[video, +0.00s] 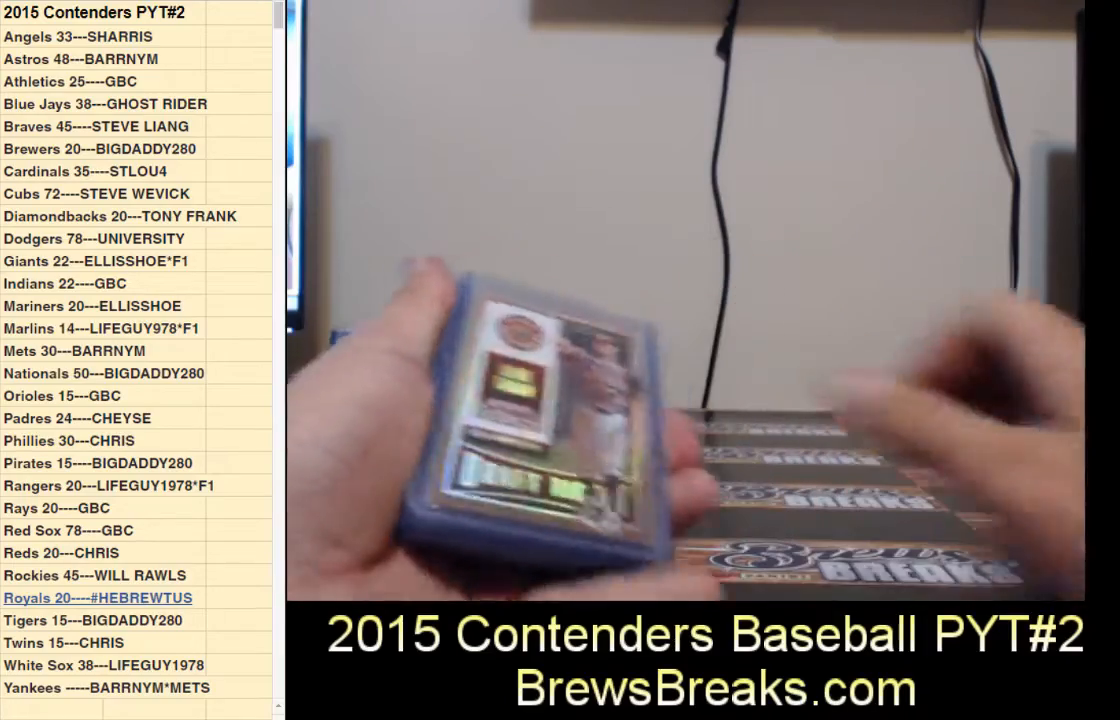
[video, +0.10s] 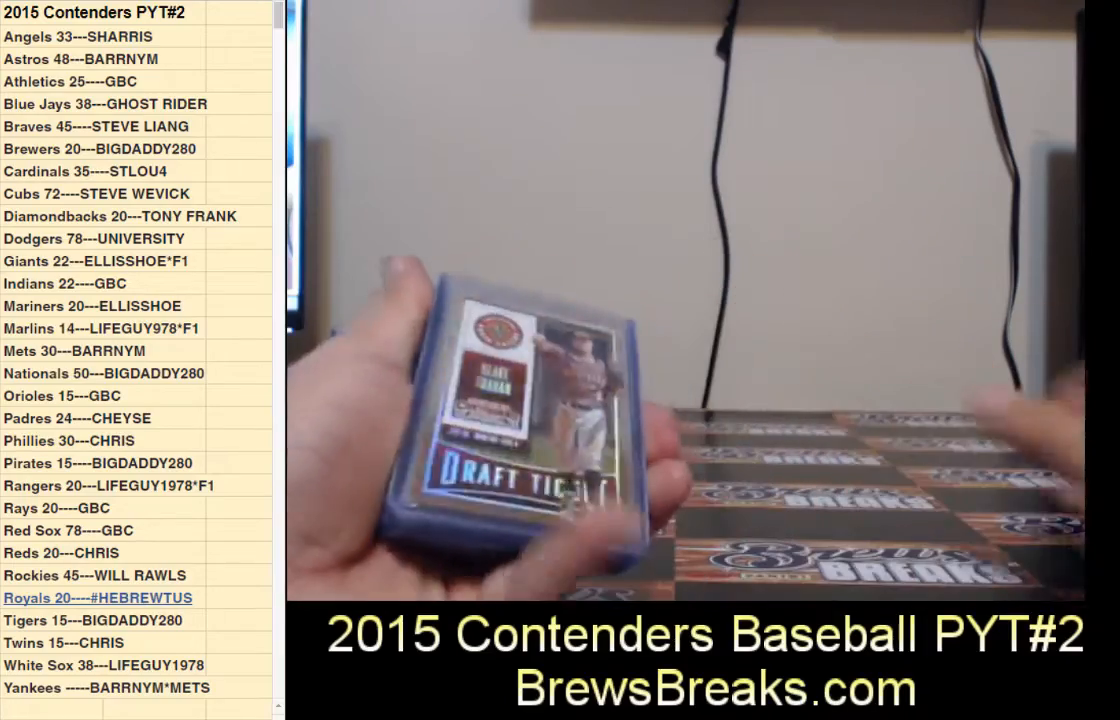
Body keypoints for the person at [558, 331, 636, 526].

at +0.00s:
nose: (604, 348)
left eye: (608, 344)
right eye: (600, 344)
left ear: (616, 348)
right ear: (593, 346)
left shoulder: (620, 371)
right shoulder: (590, 365)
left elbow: (626, 391)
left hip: (616, 417)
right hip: (590, 414)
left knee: (613, 463)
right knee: (589, 458)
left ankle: (613, 509)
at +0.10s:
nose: (582, 343)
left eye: (586, 340)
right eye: (578, 339)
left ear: (592, 343)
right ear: (572, 342)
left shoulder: (600, 366)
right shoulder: (566, 359)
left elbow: (616, 384)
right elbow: (554, 351)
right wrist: (543, 344)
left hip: (595, 411)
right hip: (570, 410)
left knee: (593, 460)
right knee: (567, 457)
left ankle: (595, 505)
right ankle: (572, 502)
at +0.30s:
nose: (575, 326)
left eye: (580, 322)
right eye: (572, 322)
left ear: (588, 327)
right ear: (566, 325)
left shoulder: (598, 349)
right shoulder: (559, 345)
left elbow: (615, 364)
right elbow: (544, 336)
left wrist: (609, 368)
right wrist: (536, 331)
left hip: (591, 397)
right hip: (565, 397)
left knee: (592, 447)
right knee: (566, 448)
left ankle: (594, 495)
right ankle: (567, 494)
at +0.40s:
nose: (574, 319)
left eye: (578, 315)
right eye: (570, 315)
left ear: (586, 319)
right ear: (565, 318)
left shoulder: (596, 342)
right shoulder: (559, 337)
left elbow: (609, 361)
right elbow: (543, 330)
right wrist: (534, 323)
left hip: (593, 392)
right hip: (567, 392)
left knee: (594, 440)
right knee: (568, 438)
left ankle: (599, 484)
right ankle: (572, 482)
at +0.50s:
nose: (578, 309)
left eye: (583, 305)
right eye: (575, 305)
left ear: (590, 309)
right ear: (569, 308)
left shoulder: (601, 335)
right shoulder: (564, 329)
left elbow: (614, 358)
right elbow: (548, 320)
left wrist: (617, 350)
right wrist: (538, 312)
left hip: (597, 386)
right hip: (571, 385)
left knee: (599, 434)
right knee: (573, 434)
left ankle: (604, 480)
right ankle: (579, 478)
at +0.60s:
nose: (592, 306)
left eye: (596, 303)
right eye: (588, 302)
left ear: (604, 306)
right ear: (583, 305)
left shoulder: (614, 331)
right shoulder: (577, 325)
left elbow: (628, 357)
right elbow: (563, 317)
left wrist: (630, 348)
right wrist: (552, 310)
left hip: (611, 383)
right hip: (585, 382)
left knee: (612, 432)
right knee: (587, 431)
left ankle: (618, 477)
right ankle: (592, 473)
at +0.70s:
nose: (600, 314)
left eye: (604, 310)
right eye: (596, 310)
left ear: (612, 313)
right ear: (591, 312)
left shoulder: (621, 339)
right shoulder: (584, 331)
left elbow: (637, 364)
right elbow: (568, 321)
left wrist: (638, 354)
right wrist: (560, 315)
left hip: (617, 389)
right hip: (592, 388)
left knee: (618, 439)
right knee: (593, 438)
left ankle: (623, 484)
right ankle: (597, 481)